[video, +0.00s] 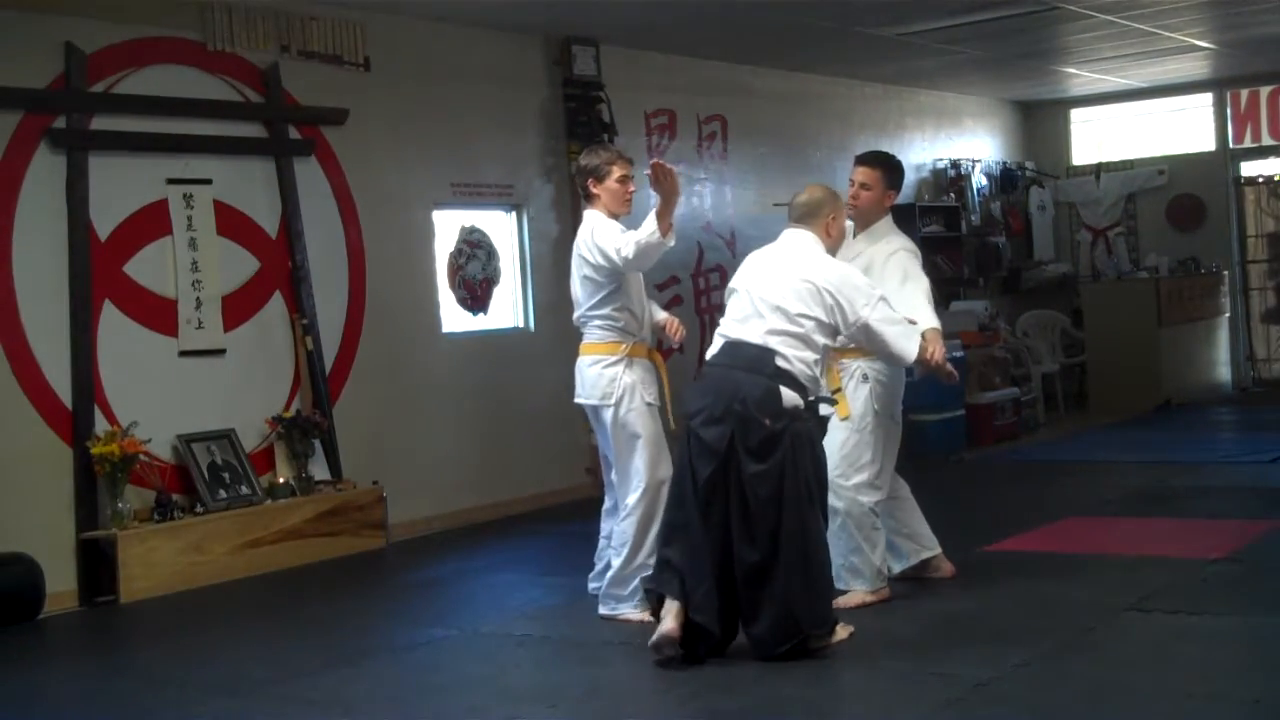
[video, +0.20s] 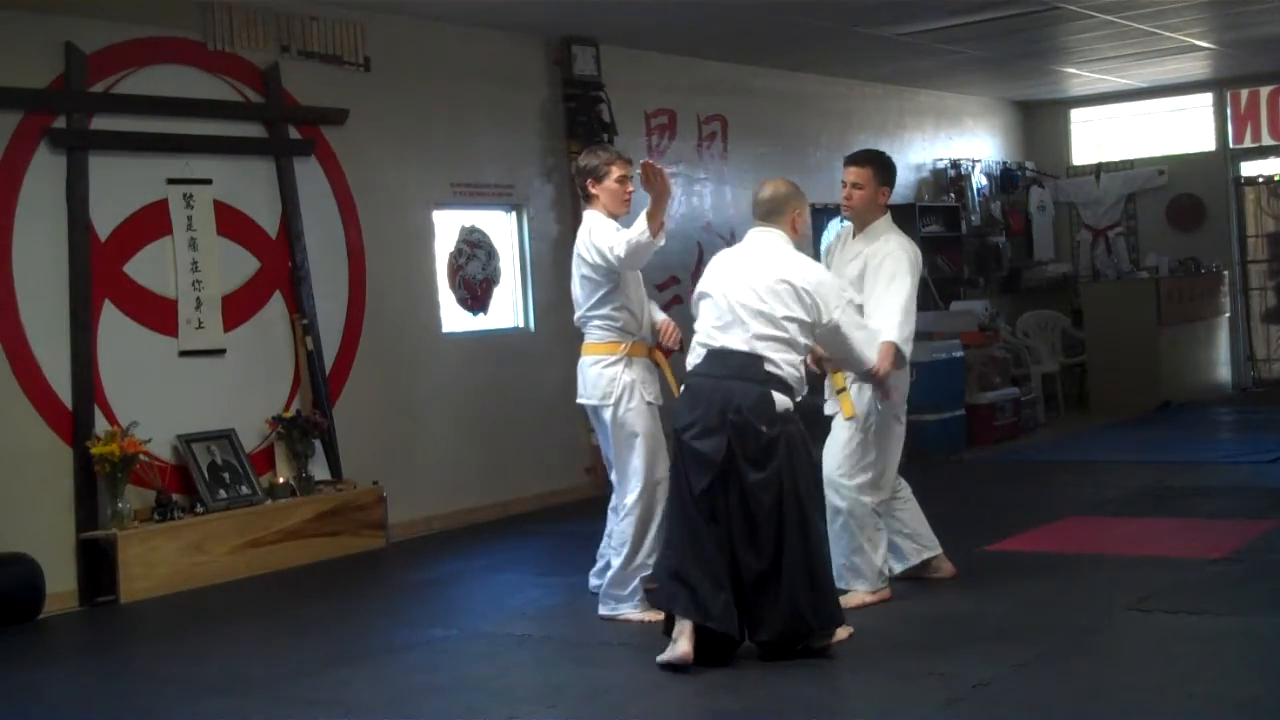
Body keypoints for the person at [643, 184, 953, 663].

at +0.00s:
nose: (847, 232)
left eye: (846, 224)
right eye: (845, 224)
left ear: (792, 221)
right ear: (831, 224)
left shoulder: (755, 259)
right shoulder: (837, 275)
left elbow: (736, 307)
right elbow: (895, 334)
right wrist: (930, 358)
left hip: (714, 378)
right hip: (777, 388)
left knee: (697, 501)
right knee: (797, 513)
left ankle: (674, 609)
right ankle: (811, 625)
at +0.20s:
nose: (810, 223)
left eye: (809, 215)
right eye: (809, 216)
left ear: (754, 217)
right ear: (797, 218)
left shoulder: (719, 262)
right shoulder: (809, 275)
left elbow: (707, 325)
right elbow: (856, 350)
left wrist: (797, 349)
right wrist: (871, 368)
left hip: (702, 391)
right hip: (766, 397)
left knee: (696, 512)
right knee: (794, 512)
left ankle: (683, 632)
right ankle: (819, 622)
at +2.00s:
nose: (706, 245)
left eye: (705, 239)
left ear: (707, 241)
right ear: (751, 244)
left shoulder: (682, 291)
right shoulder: (774, 288)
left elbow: (648, 349)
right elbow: (808, 359)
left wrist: (622, 391)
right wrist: (827, 350)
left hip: (701, 394)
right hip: (761, 393)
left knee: (713, 495)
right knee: (766, 497)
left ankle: (726, 589)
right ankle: (765, 590)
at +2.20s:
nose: (695, 246)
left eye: (695, 241)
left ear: (699, 242)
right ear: (739, 245)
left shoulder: (678, 287)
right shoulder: (768, 280)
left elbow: (628, 328)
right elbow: (823, 335)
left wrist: (584, 339)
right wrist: (848, 375)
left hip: (716, 379)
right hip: (770, 378)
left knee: (720, 484)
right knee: (783, 483)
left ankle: (728, 582)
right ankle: (781, 564)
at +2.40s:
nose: (702, 251)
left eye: (703, 246)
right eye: (705, 247)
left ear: (710, 245)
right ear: (746, 247)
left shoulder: (691, 283)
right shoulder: (778, 277)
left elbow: (623, 318)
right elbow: (822, 323)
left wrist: (591, 315)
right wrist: (847, 369)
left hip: (738, 375)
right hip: (788, 374)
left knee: (735, 477)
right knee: (786, 472)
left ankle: (739, 574)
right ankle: (790, 561)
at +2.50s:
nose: (704, 253)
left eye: (706, 246)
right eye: (706, 246)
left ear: (717, 247)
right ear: (748, 249)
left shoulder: (703, 283)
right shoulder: (780, 282)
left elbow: (637, 327)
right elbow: (819, 340)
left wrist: (606, 321)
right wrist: (837, 380)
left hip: (754, 383)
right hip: (801, 377)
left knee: (742, 477)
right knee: (787, 476)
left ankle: (753, 569)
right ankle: (799, 559)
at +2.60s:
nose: (702, 252)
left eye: (704, 245)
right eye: (703, 245)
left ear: (721, 245)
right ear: (741, 247)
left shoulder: (715, 283)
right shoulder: (774, 284)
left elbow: (663, 324)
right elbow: (801, 344)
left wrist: (621, 324)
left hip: (767, 388)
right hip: (799, 383)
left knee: (749, 469)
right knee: (788, 472)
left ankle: (754, 560)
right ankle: (791, 554)